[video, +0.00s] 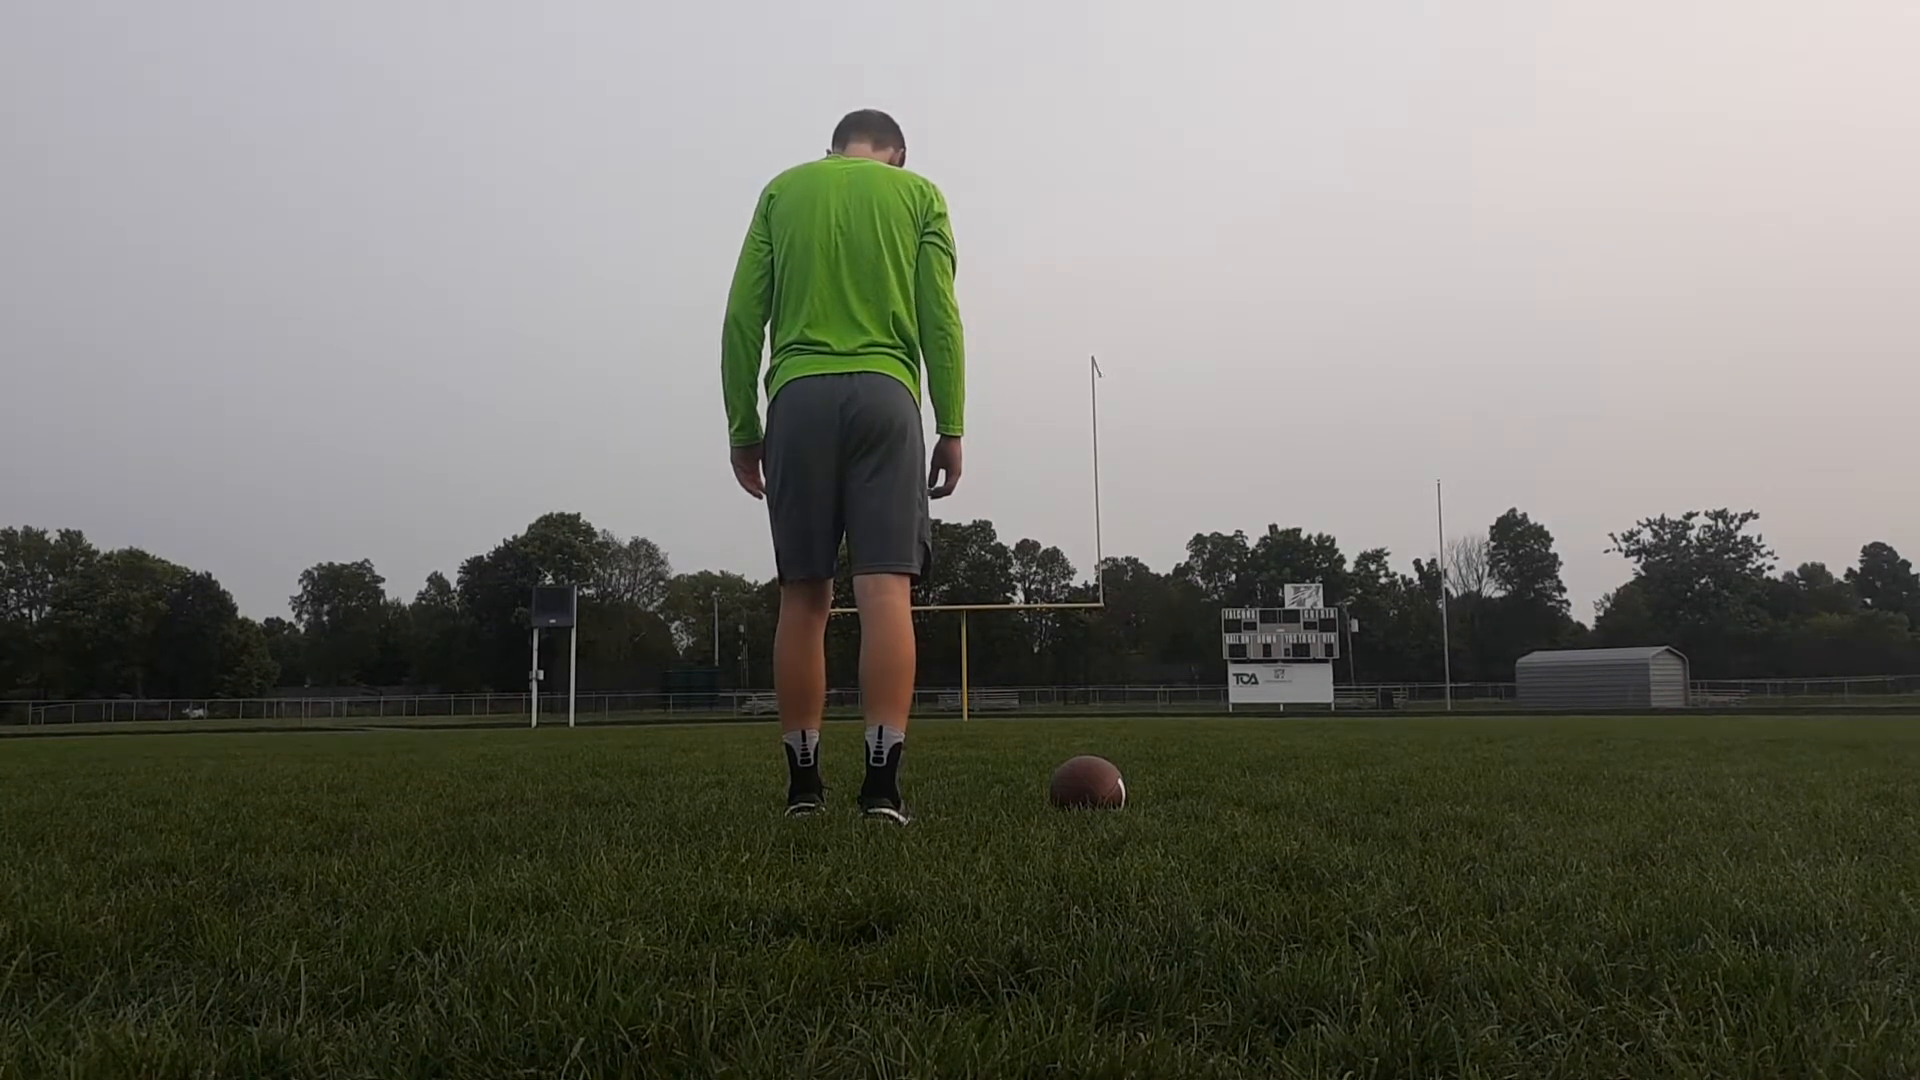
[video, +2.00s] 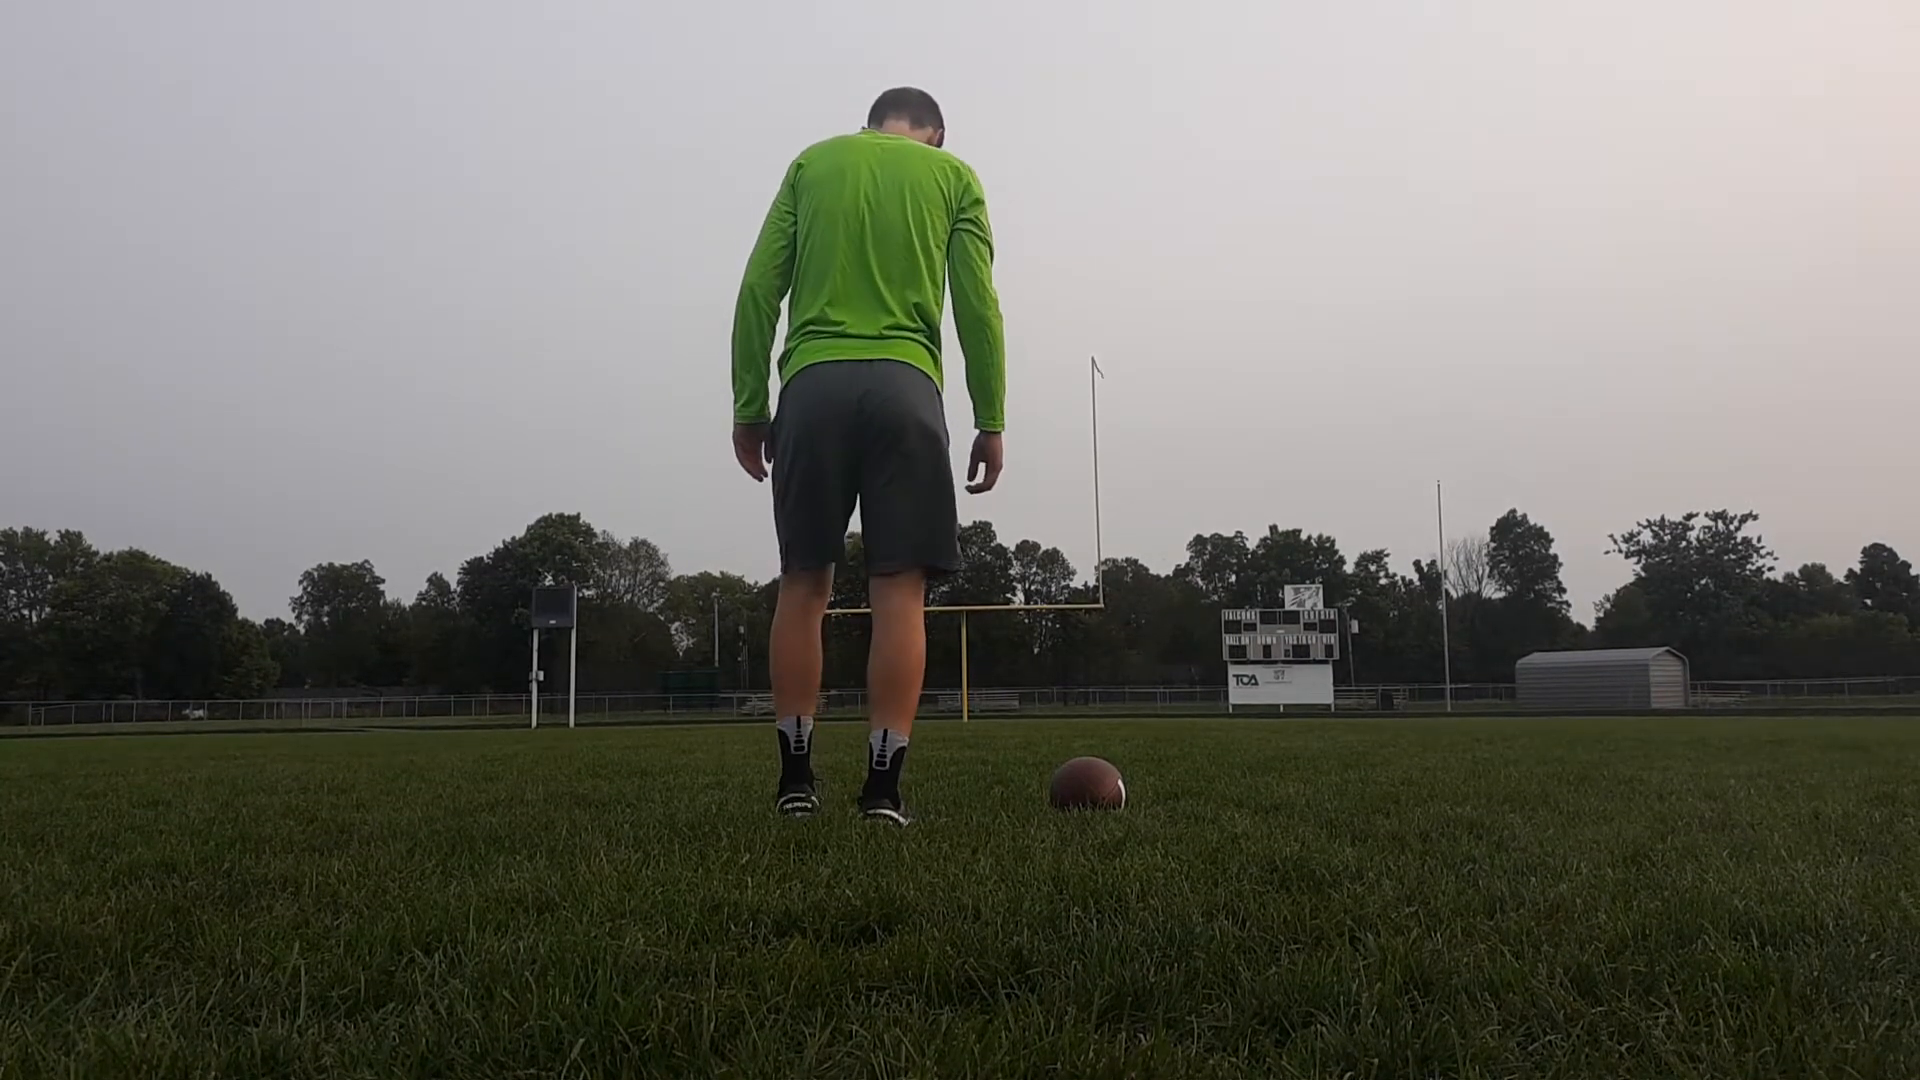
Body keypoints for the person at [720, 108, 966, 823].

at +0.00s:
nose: (900, 173)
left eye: (896, 164)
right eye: (902, 162)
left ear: (834, 145)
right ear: (895, 151)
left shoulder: (782, 189)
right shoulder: (917, 193)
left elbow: (743, 315)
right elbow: (939, 313)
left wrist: (743, 427)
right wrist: (952, 426)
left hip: (799, 397)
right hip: (885, 396)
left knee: (803, 596)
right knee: (885, 592)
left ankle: (803, 785)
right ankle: (882, 790)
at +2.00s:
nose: (938, 156)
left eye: (933, 146)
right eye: (941, 145)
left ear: (871, 121)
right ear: (932, 132)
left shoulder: (812, 162)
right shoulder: (952, 174)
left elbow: (759, 287)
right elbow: (977, 300)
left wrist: (749, 408)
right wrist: (991, 420)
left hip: (814, 387)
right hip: (907, 390)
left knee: (802, 584)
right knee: (900, 590)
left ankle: (795, 781)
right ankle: (883, 792)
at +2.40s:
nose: (920, 107)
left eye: (911, 97)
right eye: (923, 97)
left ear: (850, 82)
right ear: (920, 89)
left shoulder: (796, 131)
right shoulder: (949, 144)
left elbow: (742, 270)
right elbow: (983, 272)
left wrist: (744, 396)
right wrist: (1004, 400)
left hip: (807, 371)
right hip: (905, 377)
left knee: (807, 579)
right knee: (903, 591)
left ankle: (794, 726)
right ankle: (885, 793)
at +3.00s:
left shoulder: (726, 16)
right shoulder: (915, 11)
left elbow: (676, 184)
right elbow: (952, 122)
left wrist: (688, 339)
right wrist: (972, 281)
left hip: (768, 282)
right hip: (884, 281)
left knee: (790, 553)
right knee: (902, 541)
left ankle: (804, 819)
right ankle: (892, 789)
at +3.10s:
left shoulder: (718, 10)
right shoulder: (917, 7)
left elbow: (665, 164)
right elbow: (952, 113)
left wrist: (669, 327)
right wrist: (977, 279)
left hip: (761, 278)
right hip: (880, 277)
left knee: (787, 555)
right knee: (908, 537)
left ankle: (802, 826)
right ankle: (890, 763)